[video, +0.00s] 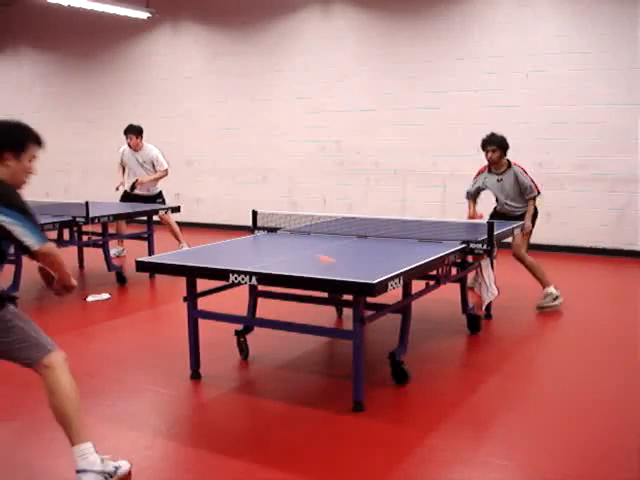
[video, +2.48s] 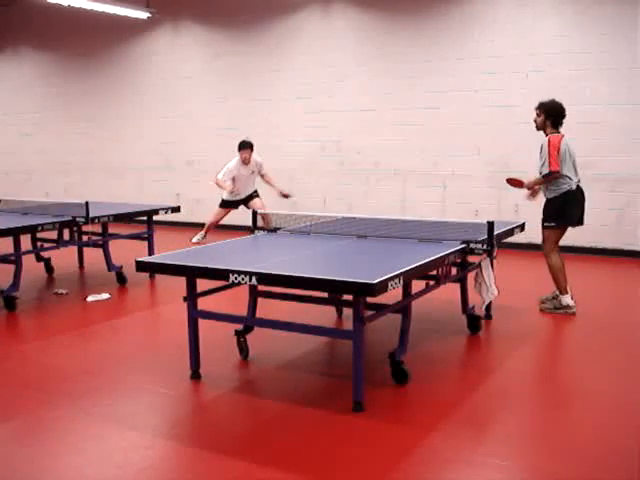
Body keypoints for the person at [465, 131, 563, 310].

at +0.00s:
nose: (489, 156)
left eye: (493, 152)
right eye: (486, 152)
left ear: (503, 152)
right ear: (484, 153)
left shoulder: (516, 171)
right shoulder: (484, 174)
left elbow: (532, 195)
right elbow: (473, 193)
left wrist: (528, 220)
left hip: (523, 212)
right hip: (501, 212)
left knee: (518, 251)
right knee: (484, 245)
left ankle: (550, 290)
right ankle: (480, 278)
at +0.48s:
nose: (501, 127)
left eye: (505, 123)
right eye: (498, 124)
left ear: (515, 124)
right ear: (495, 126)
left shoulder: (528, 144)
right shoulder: (497, 154)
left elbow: (544, 167)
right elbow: (498, 182)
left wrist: (524, 185)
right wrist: (489, 198)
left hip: (542, 193)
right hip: (519, 195)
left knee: (544, 241)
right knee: (501, 236)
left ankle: (561, 279)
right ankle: (510, 277)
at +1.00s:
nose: (500, 149)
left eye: (502, 145)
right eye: (499, 145)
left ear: (512, 145)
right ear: (519, 146)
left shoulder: (515, 159)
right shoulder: (534, 161)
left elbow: (522, 173)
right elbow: (555, 184)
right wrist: (573, 203)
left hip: (548, 209)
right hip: (539, 212)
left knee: (566, 258)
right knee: (514, 245)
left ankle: (606, 297)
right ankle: (521, 285)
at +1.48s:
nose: (518, 159)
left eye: (523, 155)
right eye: (516, 155)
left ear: (532, 159)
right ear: (512, 156)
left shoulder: (531, 177)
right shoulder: (505, 174)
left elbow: (524, 198)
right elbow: (509, 207)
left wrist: (542, 210)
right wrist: (540, 209)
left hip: (516, 221)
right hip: (493, 222)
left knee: (540, 249)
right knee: (473, 256)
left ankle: (551, 301)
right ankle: (441, 282)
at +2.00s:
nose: (525, 117)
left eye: (530, 113)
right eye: (525, 113)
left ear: (542, 116)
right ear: (526, 116)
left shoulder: (552, 142)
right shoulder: (520, 145)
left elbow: (564, 173)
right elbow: (514, 172)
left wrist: (537, 182)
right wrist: (507, 182)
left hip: (551, 197)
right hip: (529, 198)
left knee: (551, 248)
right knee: (528, 247)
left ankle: (569, 297)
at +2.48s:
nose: (534, 119)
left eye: (537, 115)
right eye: (535, 115)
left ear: (546, 118)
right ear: (553, 119)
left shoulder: (551, 141)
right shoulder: (560, 140)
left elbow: (554, 171)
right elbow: (558, 172)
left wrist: (533, 183)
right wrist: (539, 187)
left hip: (561, 196)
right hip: (568, 194)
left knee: (549, 248)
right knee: (552, 246)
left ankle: (565, 298)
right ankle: (562, 292)